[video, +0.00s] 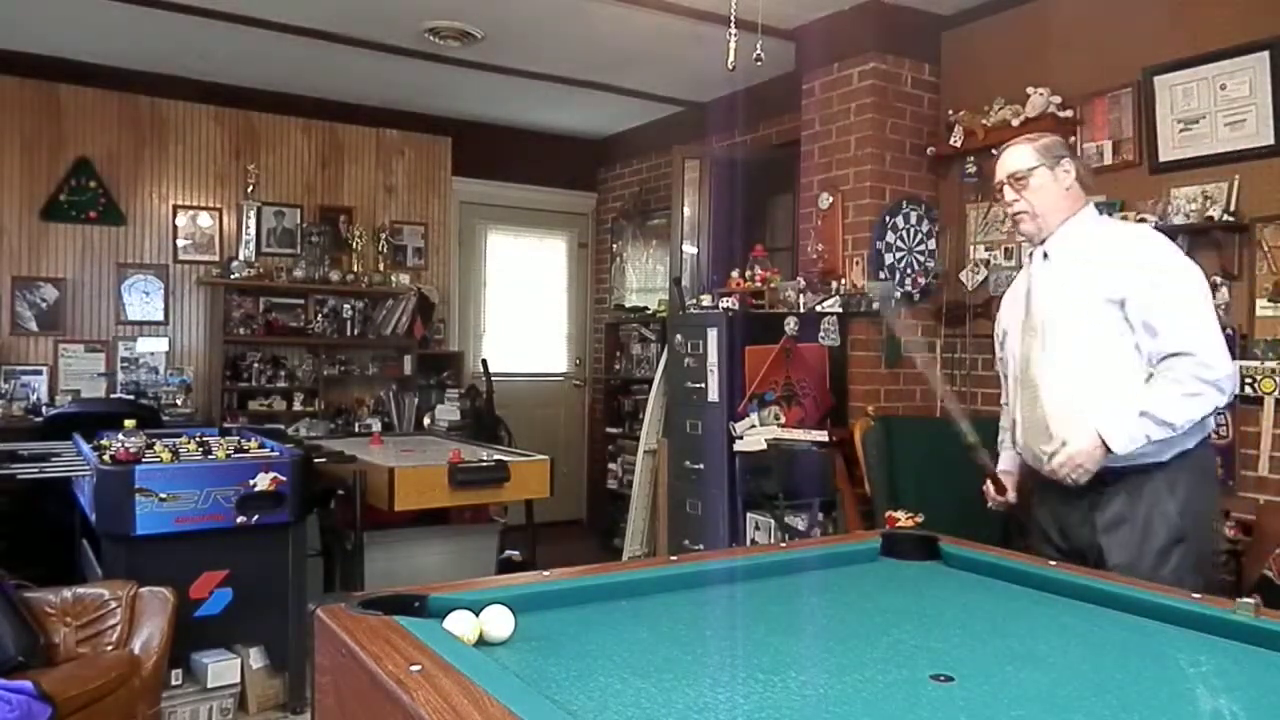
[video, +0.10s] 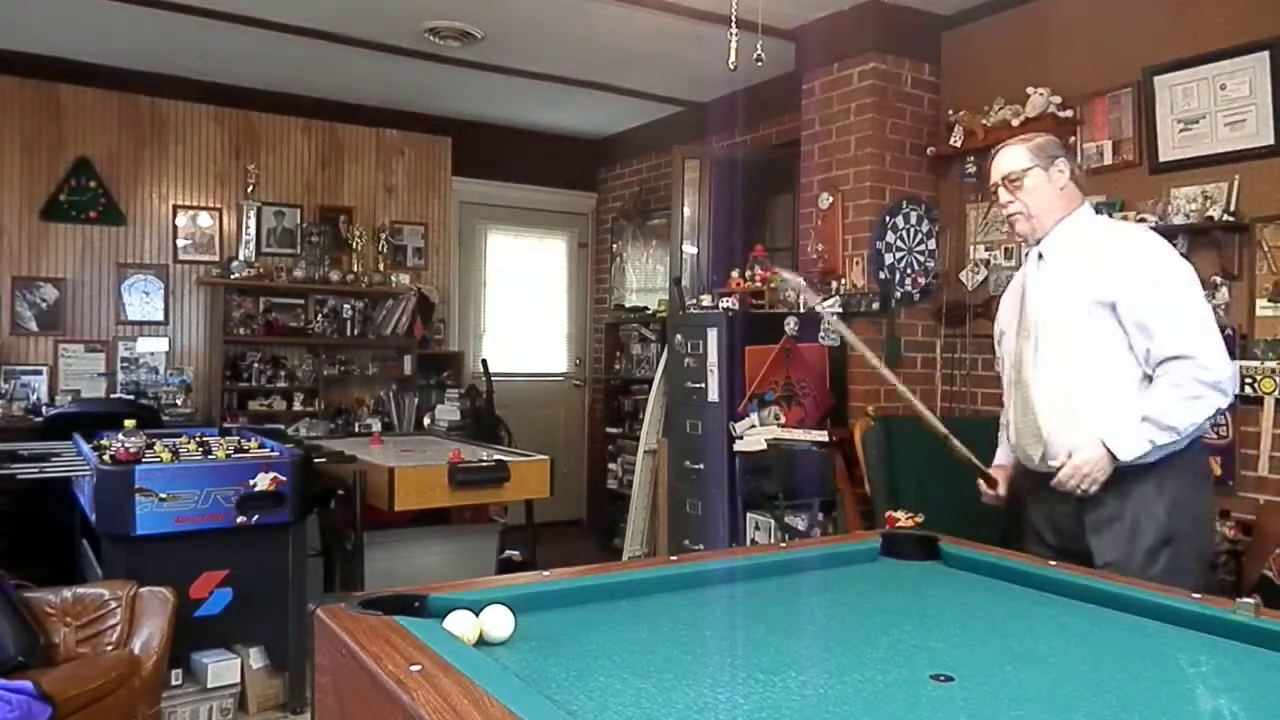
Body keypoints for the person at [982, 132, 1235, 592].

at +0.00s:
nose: (1008, 200)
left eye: (1019, 182)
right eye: (1001, 191)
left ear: (1066, 175)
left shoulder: (1139, 250)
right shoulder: (1015, 295)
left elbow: (1205, 371)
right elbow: (1015, 393)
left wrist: (1106, 442)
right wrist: (1009, 461)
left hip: (1149, 495)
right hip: (1050, 499)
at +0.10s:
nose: (1003, 202)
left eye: (1014, 183)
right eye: (996, 192)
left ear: (1060, 175)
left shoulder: (1132, 250)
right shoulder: (1018, 289)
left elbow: (1204, 372)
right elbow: (1020, 389)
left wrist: (1112, 447)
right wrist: (1006, 457)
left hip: (1143, 496)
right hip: (1048, 497)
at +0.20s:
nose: (1005, 199)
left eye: (1017, 180)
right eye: (998, 188)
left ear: (1066, 175)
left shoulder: (1130, 252)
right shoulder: (1023, 281)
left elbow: (1200, 381)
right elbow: (1031, 383)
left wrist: (1106, 456)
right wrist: (1003, 450)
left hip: (1130, 505)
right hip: (1041, 502)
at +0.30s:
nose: (1013, 198)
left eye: (1027, 181)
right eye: (1007, 187)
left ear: (1075, 178)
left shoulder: (1127, 260)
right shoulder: (1028, 274)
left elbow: (1187, 401)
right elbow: (1044, 384)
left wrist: (1086, 473)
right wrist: (998, 442)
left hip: (1118, 513)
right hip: (1032, 505)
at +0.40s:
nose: (1015, 200)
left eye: (1031, 183)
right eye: (1010, 186)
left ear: (1081, 182)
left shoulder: (1125, 267)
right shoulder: (1034, 266)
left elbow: (1164, 419)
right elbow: (1040, 377)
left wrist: (1059, 480)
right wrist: (994, 435)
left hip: (1108, 510)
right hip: (1019, 497)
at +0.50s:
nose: (1012, 192)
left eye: (1027, 176)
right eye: (1007, 179)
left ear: (1077, 177)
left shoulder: (1116, 263)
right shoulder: (1029, 259)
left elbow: (1143, 417)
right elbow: (1031, 372)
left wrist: (1038, 472)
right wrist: (985, 431)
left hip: (1094, 505)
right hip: (1012, 492)